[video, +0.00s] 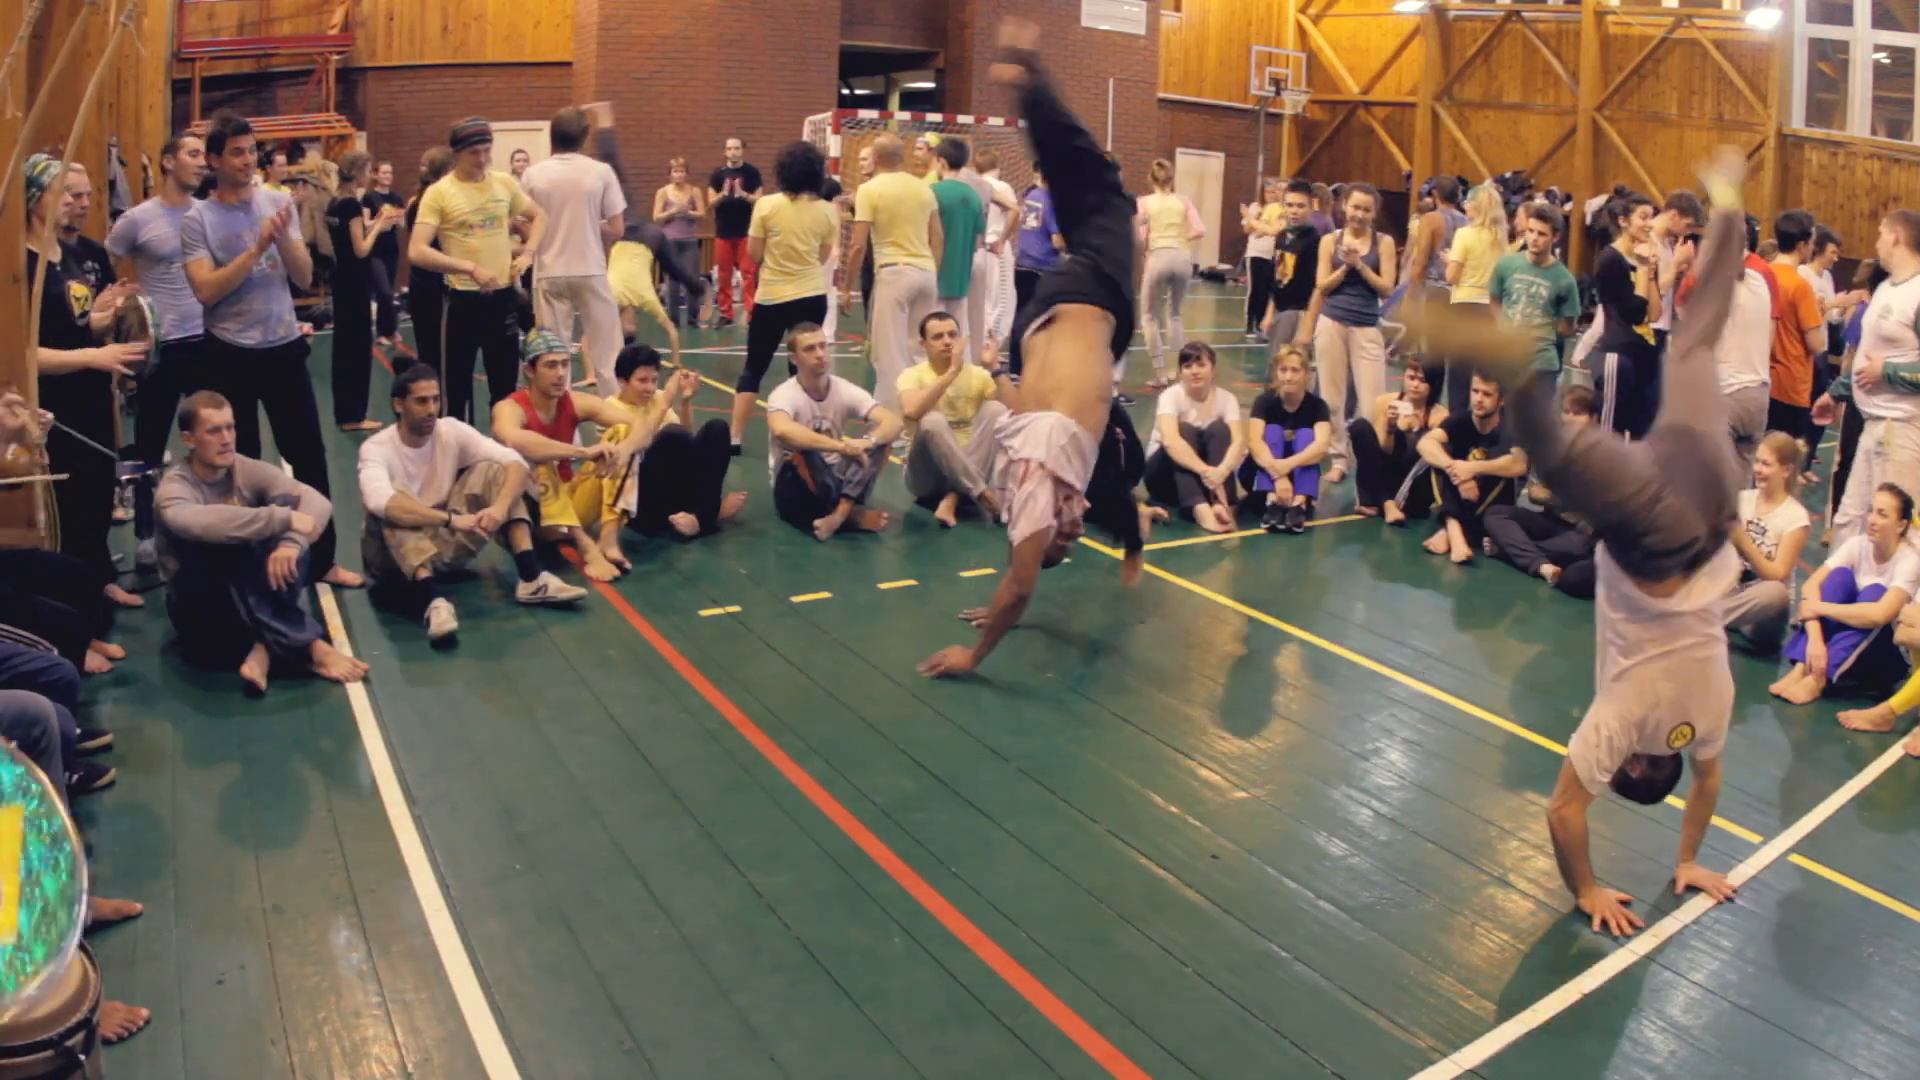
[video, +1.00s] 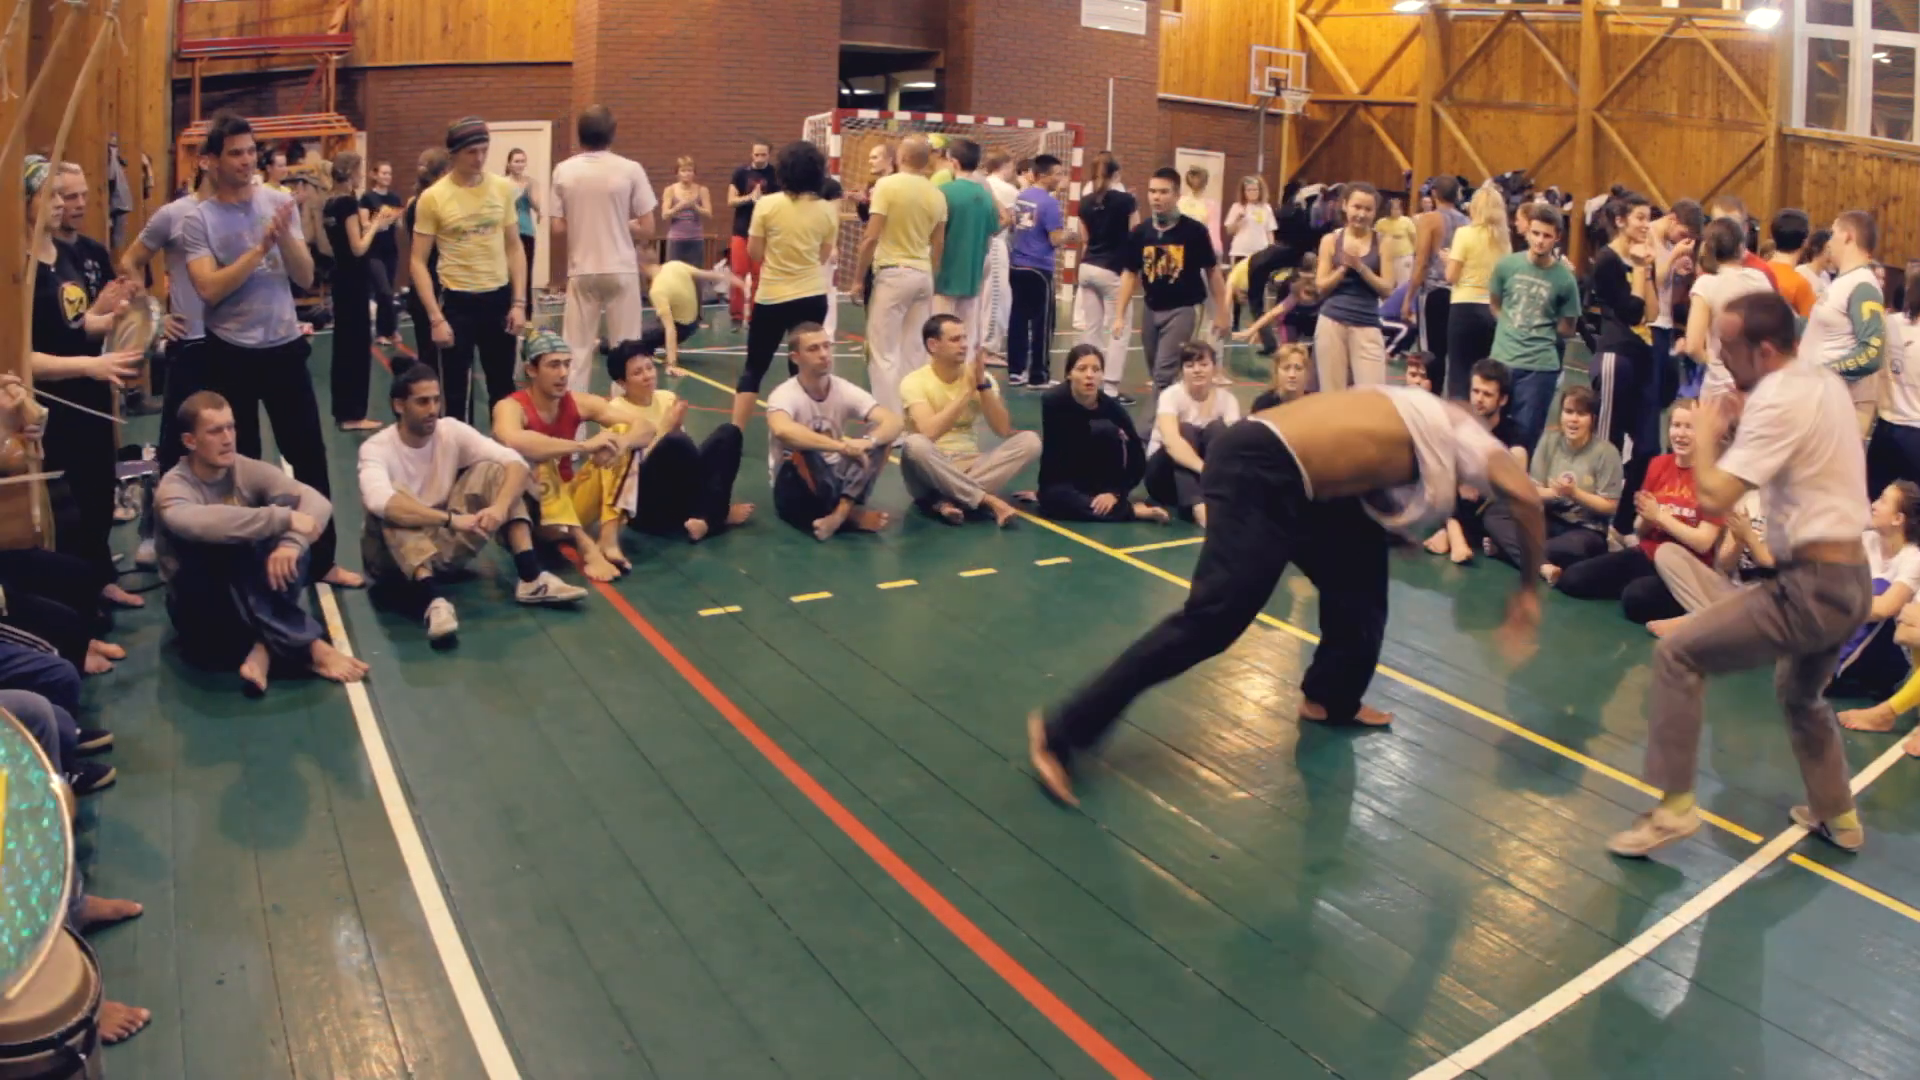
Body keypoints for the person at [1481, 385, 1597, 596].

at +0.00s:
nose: (1569, 419)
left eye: (1577, 413)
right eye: (1565, 412)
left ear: (1592, 419)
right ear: (1559, 414)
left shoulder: (1599, 456)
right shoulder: (1551, 444)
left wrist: (1548, 496)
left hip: (1577, 528)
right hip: (1546, 517)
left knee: (1579, 545)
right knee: (1495, 514)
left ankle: (1508, 551)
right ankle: (1540, 566)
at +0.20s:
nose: (1569, 419)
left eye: (1577, 413)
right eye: (1565, 412)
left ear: (1591, 419)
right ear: (1559, 414)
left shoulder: (1607, 452)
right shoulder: (1549, 440)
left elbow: (1616, 505)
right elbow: (1532, 496)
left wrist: (1590, 500)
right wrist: (1536, 486)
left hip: (1583, 530)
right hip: (1546, 519)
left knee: (1578, 546)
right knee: (1494, 514)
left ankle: (1509, 550)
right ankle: (1539, 566)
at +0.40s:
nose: (1570, 418)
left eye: (1578, 413)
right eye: (1566, 411)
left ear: (1591, 418)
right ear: (1560, 413)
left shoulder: (1607, 452)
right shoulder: (1549, 441)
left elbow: (1609, 507)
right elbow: (1534, 490)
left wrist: (1574, 493)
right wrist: (1554, 491)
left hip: (1584, 529)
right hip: (1547, 520)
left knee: (1580, 546)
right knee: (1495, 514)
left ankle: (1508, 550)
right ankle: (1539, 566)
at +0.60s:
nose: (1570, 418)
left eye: (1578, 412)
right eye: (1566, 411)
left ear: (1592, 418)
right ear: (1559, 414)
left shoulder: (1607, 453)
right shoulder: (1549, 440)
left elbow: (1609, 505)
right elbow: (1532, 490)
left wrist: (1582, 498)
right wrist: (1546, 491)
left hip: (1580, 529)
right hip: (1545, 520)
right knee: (1494, 514)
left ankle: (1509, 550)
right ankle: (1540, 566)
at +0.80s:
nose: (1572, 419)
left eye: (1579, 413)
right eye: (1567, 411)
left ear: (1591, 418)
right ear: (1560, 414)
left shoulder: (1606, 453)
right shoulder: (1549, 440)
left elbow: (1612, 506)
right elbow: (1530, 491)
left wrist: (1580, 497)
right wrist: (1543, 488)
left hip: (1584, 530)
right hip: (1548, 520)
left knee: (1577, 547)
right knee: (1494, 514)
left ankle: (1508, 550)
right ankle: (1539, 566)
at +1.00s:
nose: (1573, 420)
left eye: (1581, 414)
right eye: (1569, 412)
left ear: (1592, 419)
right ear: (1560, 414)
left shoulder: (1606, 453)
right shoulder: (1549, 440)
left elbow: (1610, 506)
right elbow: (1532, 490)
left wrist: (1574, 493)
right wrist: (1554, 492)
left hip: (1583, 527)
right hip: (1546, 516)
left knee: (1580, 546)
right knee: (1494, 514)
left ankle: (1507, 550)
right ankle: (1540, 566)